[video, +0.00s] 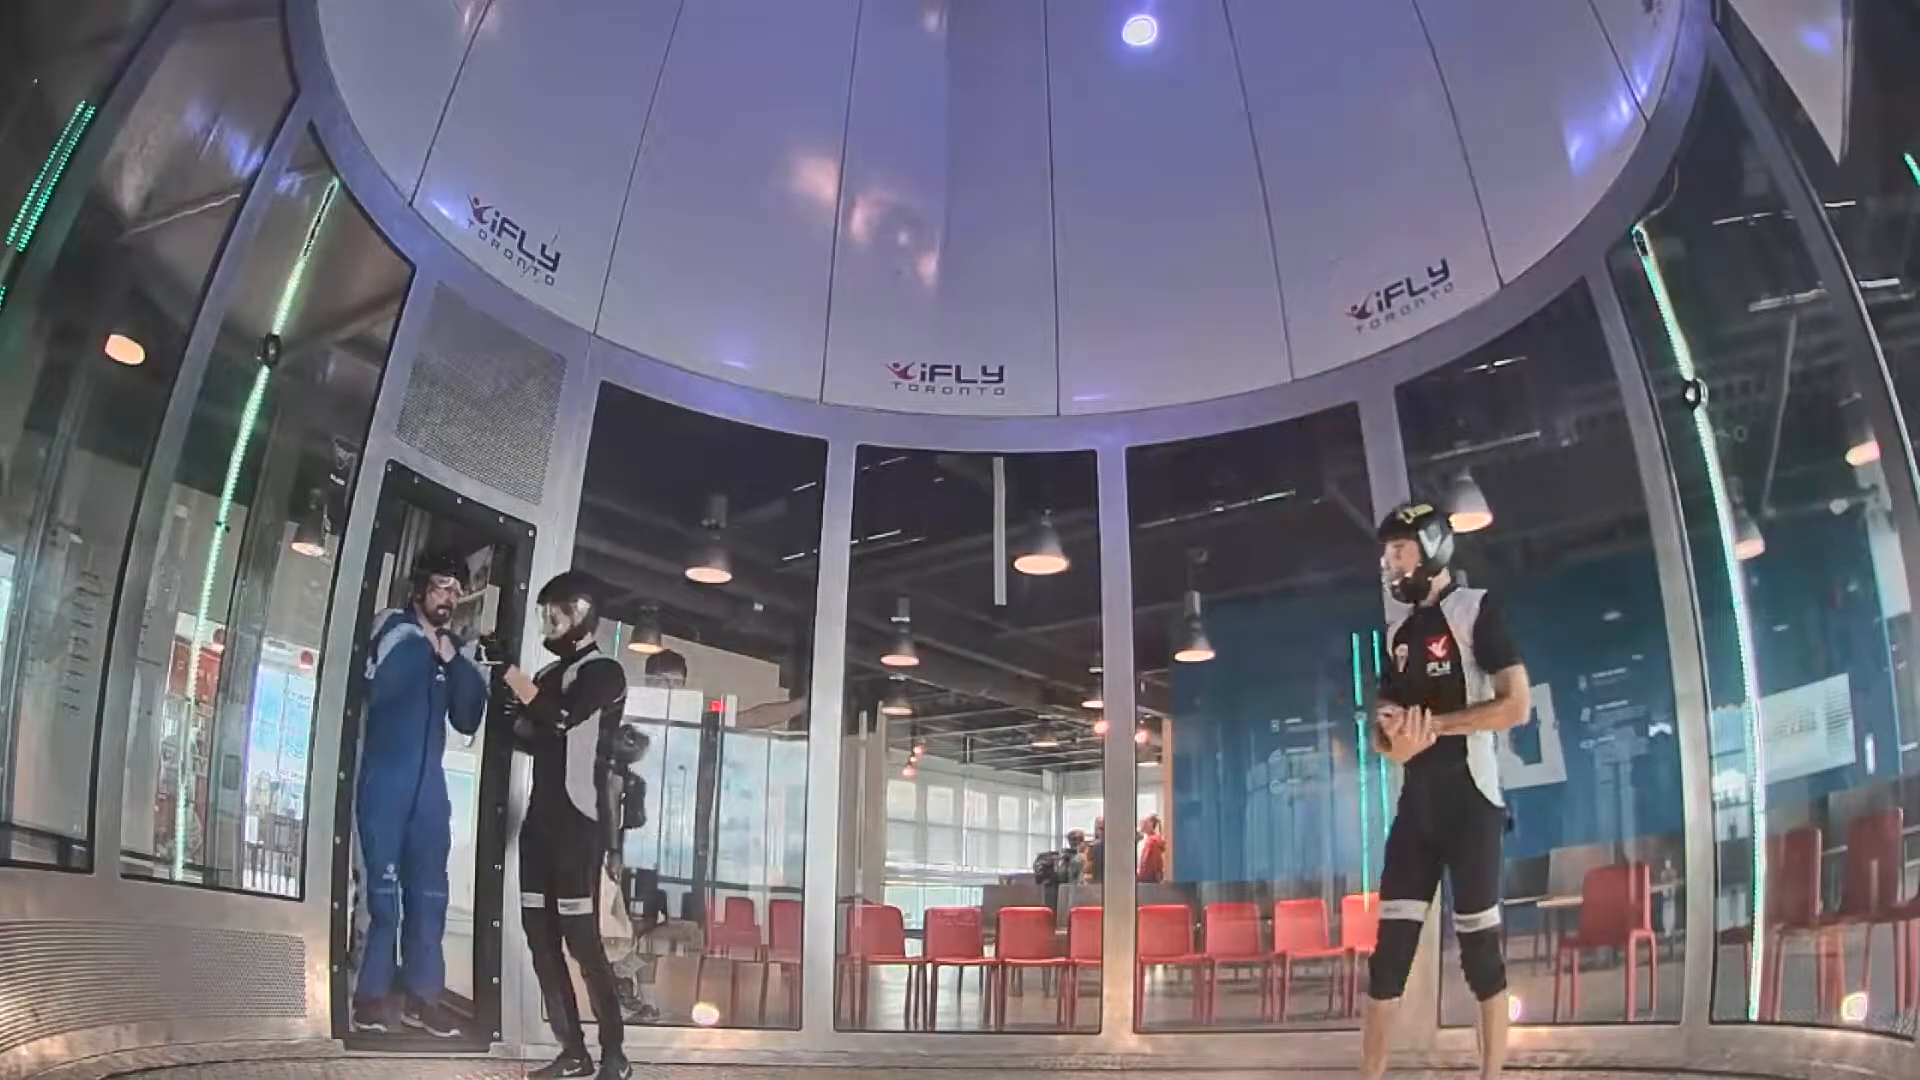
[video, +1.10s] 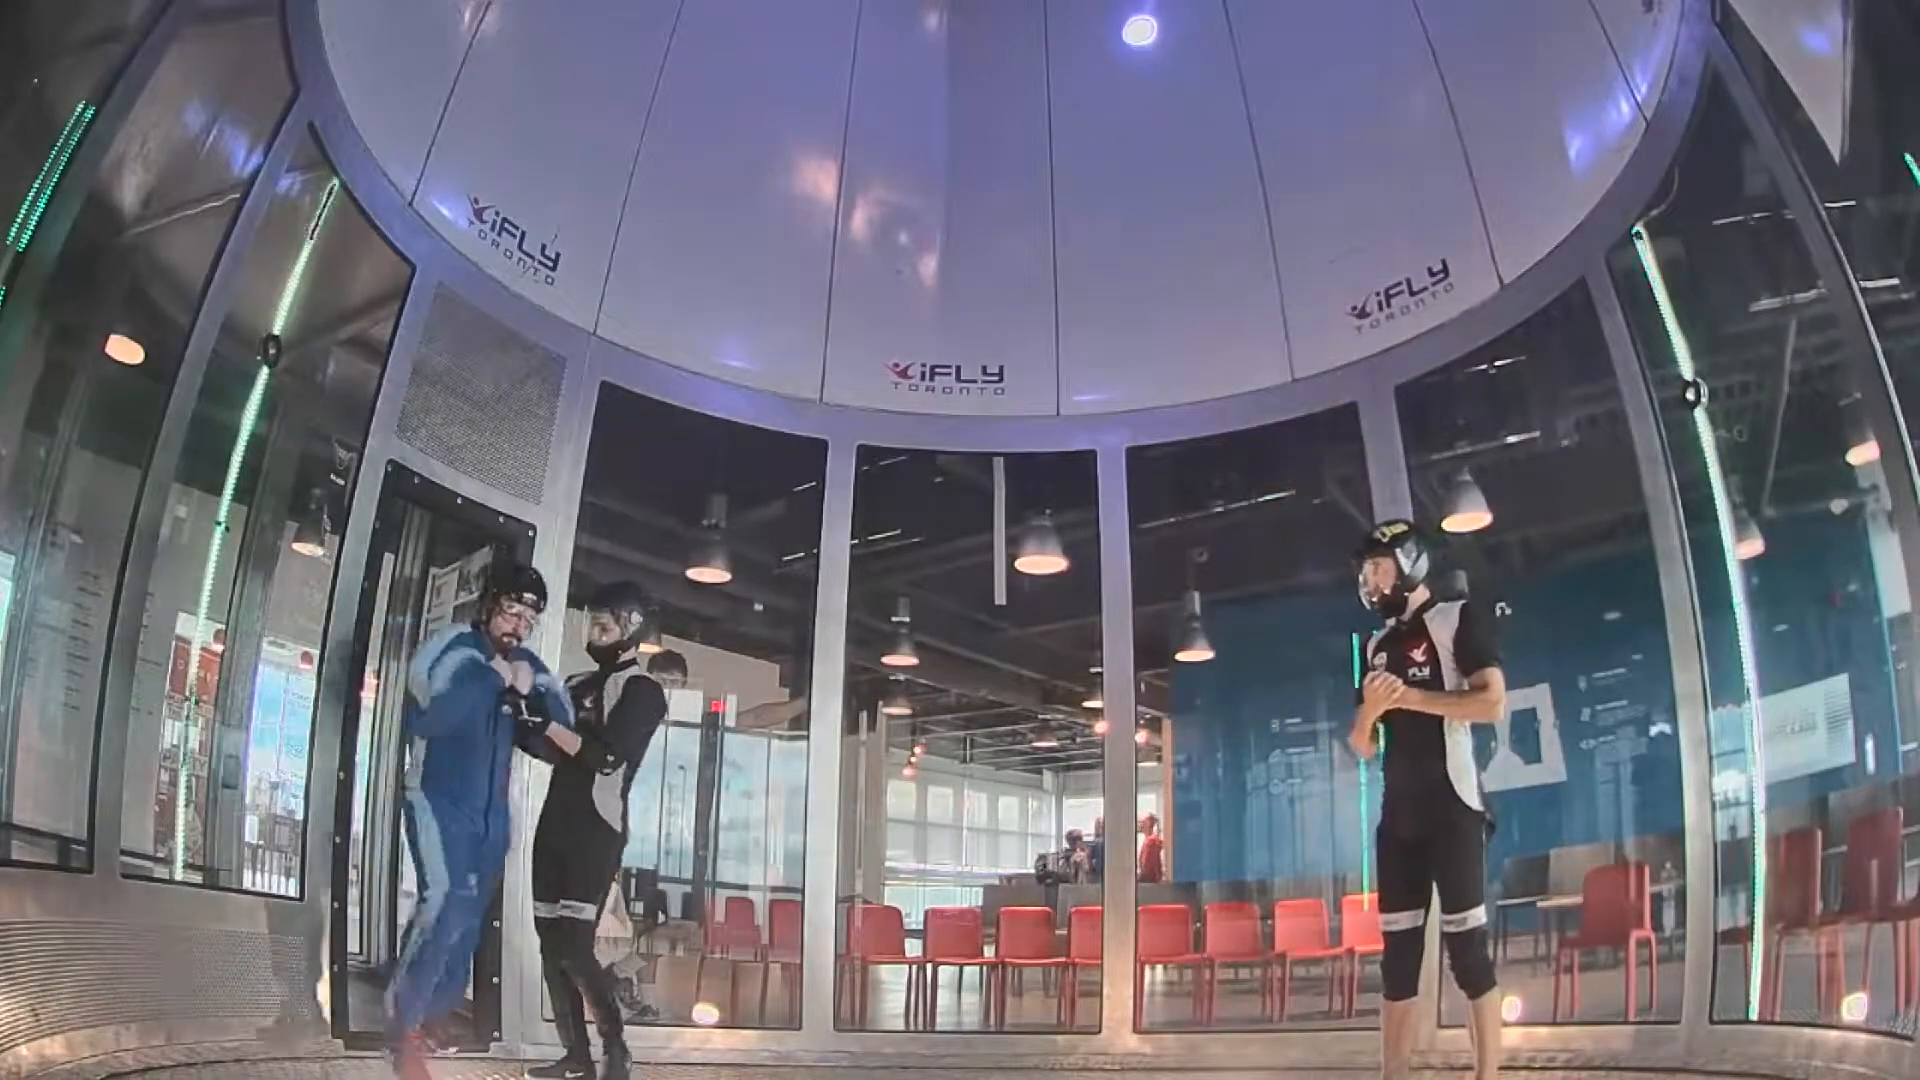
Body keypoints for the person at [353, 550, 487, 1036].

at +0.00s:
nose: (445, 598)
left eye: (454, 592)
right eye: (438, 587)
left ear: (460, 601)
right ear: (419, 591)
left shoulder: (457, 648)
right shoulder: (393, 629)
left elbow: (468, 719)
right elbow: (377, 691)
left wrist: (455, 659)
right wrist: (419, 640)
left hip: (429, 780)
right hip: (384, 777)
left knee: (430, 889)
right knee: (384, 889)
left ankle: (423, 998)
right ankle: (372, 999)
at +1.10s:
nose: (516, 624)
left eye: (527, 616)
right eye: (509, 610)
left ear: (533, 622)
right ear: (487, 606)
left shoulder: (525, 663)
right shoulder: (457, 653)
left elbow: (564, 720)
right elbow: (432, 720)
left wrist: (533, 684)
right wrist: (488, 678)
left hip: (489, 808)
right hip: (438, 800)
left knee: (470, 912)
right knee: (450, 899)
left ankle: (430, 1018)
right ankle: (404, 1021)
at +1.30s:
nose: (552, 647)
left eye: (561, 638)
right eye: (543, 633)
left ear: (567, 643)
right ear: (516, 626)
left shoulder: (562, 688)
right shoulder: (476, 670)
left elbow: (612, 749)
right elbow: (447, 735)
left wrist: (574, 725)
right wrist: (522, 702)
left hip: (500, 828)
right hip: (446, 820)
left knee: (481, 947)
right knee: (449, 930)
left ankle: (422, 1025)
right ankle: (406, 1047)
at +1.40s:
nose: (558, 657)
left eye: (569, 649)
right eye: (550, 642)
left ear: (577, 653)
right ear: (525, 635)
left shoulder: (567, 691)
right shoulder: (492, 676)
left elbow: (622, 735)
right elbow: (452, 726)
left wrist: (596, 731)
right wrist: (539, 715)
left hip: (504, 833)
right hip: (447, 823)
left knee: (487, 951)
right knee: (449, 935)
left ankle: (427, 1012)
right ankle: (401, 1051)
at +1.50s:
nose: (579, 677)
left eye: (590, 671)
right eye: (571, 663)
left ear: (599, 672)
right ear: (543, 653)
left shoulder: (585, 702)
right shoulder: (501, 680)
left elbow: (619, 715)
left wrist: (656, 732)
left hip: (515, 851)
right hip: (455, 836)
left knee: (498, 965)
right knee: (464, 959)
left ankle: (419, 1026)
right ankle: (404, 1047)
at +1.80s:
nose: (618, 722)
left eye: (630, 714)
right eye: (609, 707)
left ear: (640, 719)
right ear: (583, 698)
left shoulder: (629, 744)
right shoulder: (540, 721)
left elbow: (700, 722)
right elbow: (508, 645)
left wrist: (768, 705)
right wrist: (574, 617)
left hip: (535, 899)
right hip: (477, 876)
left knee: (488, 1014)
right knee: (478, 1008)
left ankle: (420, 1044)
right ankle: (407, 1037)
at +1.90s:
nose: (663, 745)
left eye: (675, 733)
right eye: (653, 728)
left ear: (684, 728)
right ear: (624, 709)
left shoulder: (675, 735)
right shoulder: (579, 718)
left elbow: (748, 706)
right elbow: (555, 624)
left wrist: (826, 670)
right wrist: (590, 554)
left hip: (548, 896)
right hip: (493, 875)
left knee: (480, 1002)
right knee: (465, 1005)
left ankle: (423, 1049)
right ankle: (408, 1053)